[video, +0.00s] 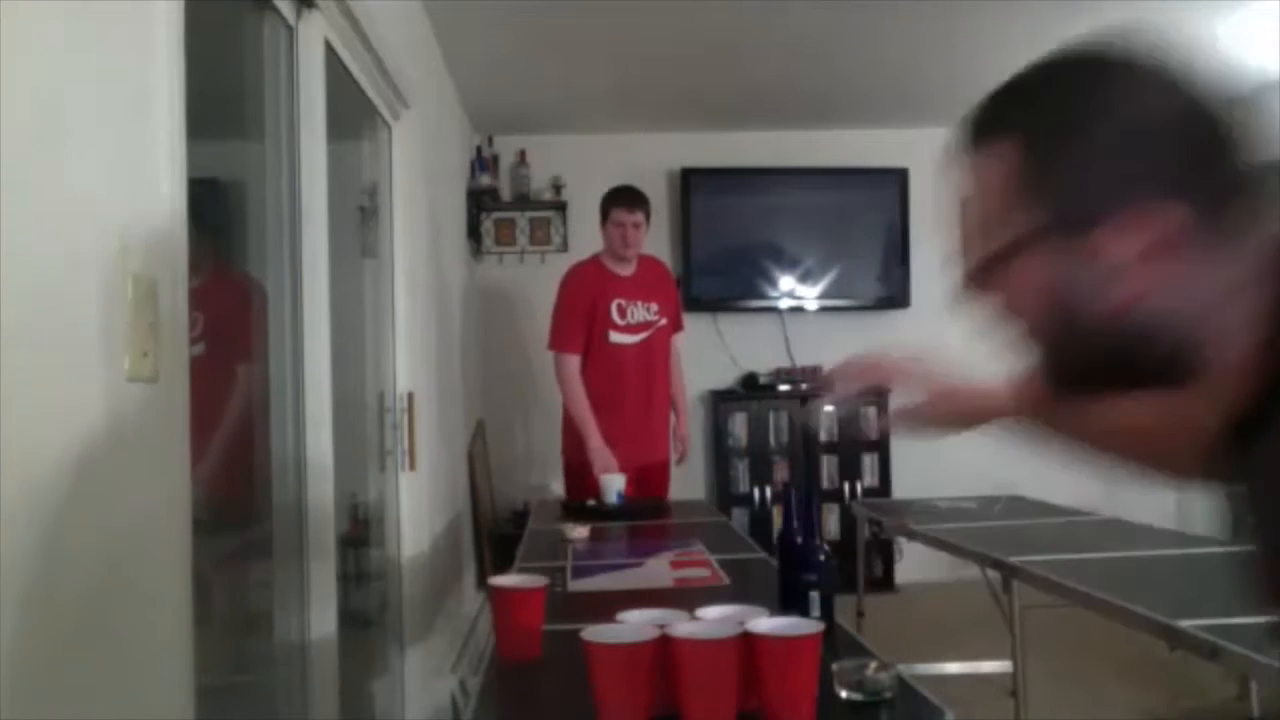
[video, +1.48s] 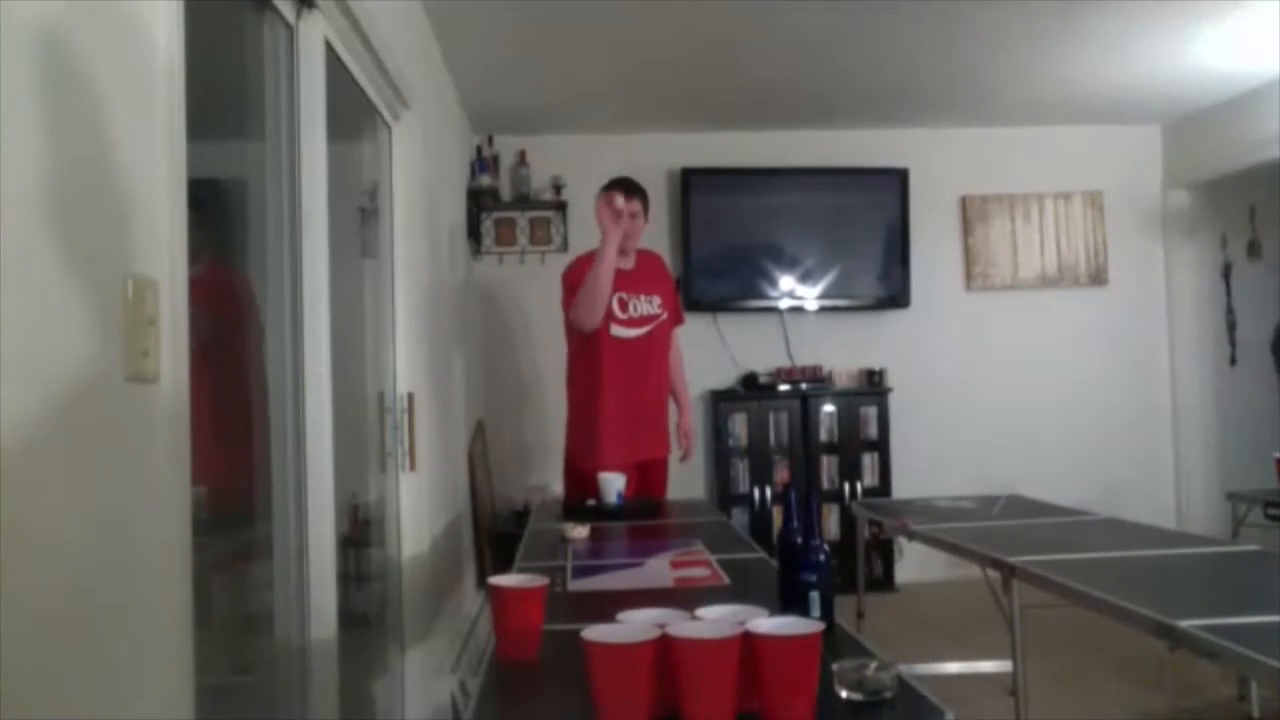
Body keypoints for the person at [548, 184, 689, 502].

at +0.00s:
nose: (628, 235)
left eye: (636, 226)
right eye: (619, 226)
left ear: (647, 230)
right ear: (603, 228)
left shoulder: (660, 276)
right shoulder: (581, 280)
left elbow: (671, 353)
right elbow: (567, 369)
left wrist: (681, 419)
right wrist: (596, 447)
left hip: (652, 445)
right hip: (596, 450)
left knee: (651, 545)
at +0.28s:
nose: (624, 232)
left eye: (632, 223)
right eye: (613, 223)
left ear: (643, 227)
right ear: (599, 227)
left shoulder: (657, 274)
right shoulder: (575, 280)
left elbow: (668, 348)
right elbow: (553, 365)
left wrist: (683, 412)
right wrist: (591, 430)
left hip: (652, 445)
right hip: (594, 449)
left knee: (656, 548)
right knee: (597, 548)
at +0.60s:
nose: (623, 231)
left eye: (632, 222)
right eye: (613, 222)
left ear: (643, 225)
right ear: (599, 226)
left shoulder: (658, 274)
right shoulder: (574, 281)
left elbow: (670, 348)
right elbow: (558, 364)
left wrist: (684, 413)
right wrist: (595, 407)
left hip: (648, 440)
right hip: (592, 444)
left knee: (648, 542)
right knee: (594, 542)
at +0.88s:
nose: (624, 229)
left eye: (632, 220)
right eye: (614, 220)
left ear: (643, 225)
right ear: (599, 224)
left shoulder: (657, 272)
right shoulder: (576, 278)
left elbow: (668, 348)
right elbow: (566, 362)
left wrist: (681, 412)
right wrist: (603, 377)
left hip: (648, 439)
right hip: (593, 443)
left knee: (648, 541)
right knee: (594, 542)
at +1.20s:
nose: (624, 229)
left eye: (632, 220)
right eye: (614, 220)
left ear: (644, 225)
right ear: (600, 224)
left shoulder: (654, 270)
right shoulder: (578, 276)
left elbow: (667, 347)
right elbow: (579, 343)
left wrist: (681, 412)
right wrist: (610, 287)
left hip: (647, 434)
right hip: (594, 435)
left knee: (648, 542)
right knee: (594, 542)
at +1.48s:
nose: (625, 226)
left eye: (633, 216)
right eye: (616, 216)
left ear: (646, 222)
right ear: (602, 219)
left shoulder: (655, 268)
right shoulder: (582, 270)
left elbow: (670, 345)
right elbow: (587, 319)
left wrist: (684, 411)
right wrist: (610, 242)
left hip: (648, 436)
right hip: (596, 438)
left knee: (649, 543)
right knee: (594, 548)